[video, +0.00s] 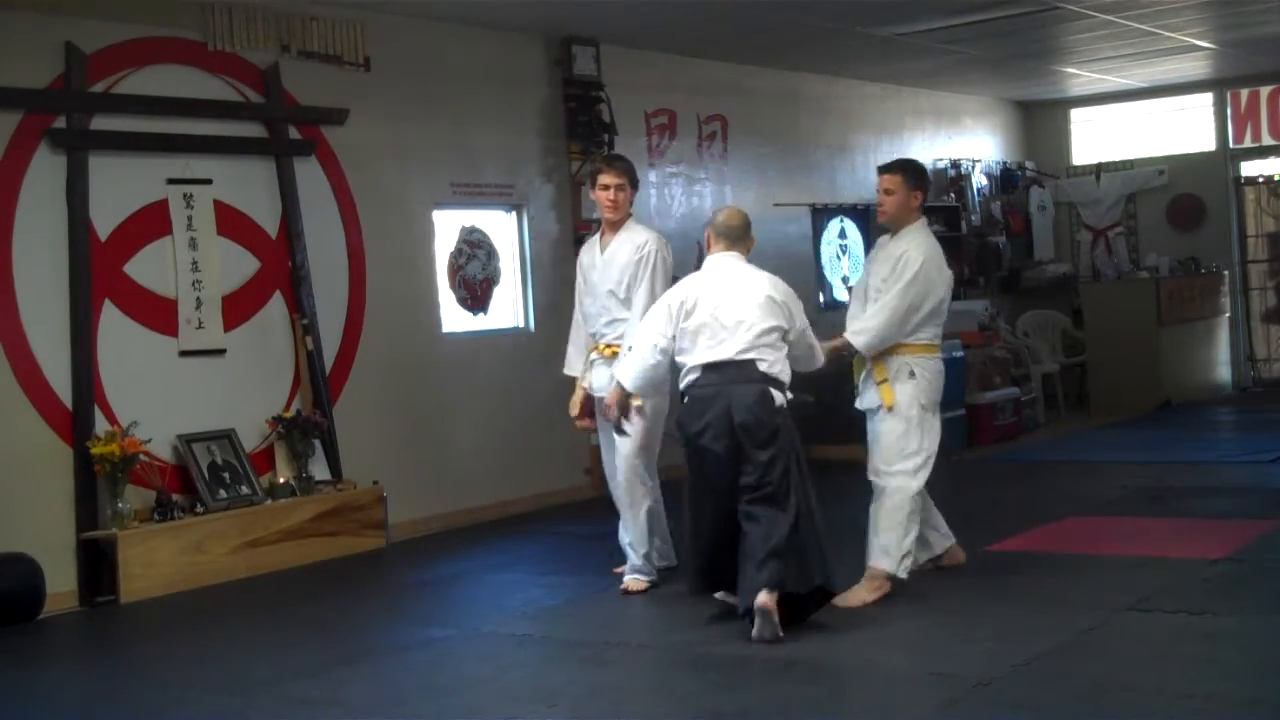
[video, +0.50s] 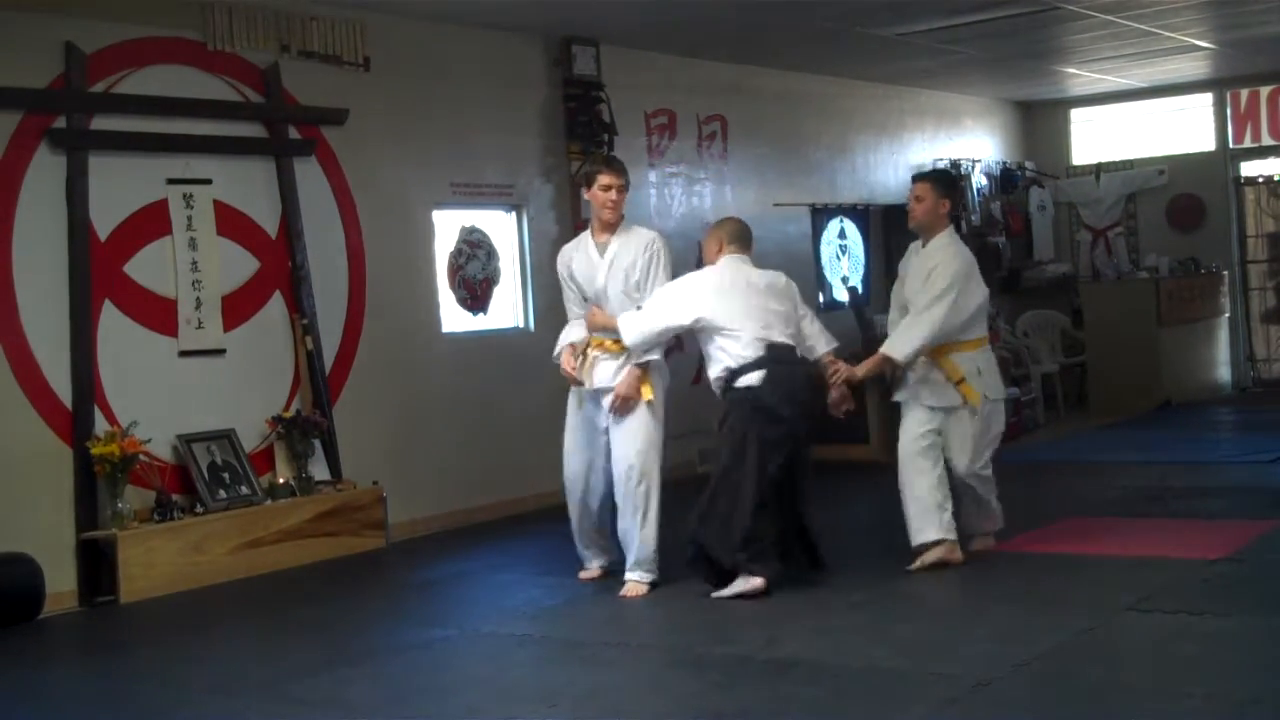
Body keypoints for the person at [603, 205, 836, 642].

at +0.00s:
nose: (706, 245)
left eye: (705, 239)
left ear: (707, 241)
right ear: (751, 244)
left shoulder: (682, 291)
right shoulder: (774, 288)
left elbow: (648, 349)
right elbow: (808, 359)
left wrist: (622, 391)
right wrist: (827, 350)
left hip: (701, 394)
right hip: (761, 393)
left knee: (713, 495)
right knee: (766, 497)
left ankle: (726, 589)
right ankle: (765, 590)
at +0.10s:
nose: (700, 247)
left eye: (698, 242)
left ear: (701, 243)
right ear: (743, 244)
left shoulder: (679, 288)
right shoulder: (768, 283)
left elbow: (640, 338)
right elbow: (816, 353)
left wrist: (617, 386)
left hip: (707, 386)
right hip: (762, 384)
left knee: (716, 489)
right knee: (774, 487)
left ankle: (731, 584)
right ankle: (778, 562)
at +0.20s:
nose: (695, 246)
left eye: (695, 241)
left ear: (699, 242)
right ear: (739, 245)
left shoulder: (678, 287)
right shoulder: (768, 280)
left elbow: (628, 328)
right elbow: (823, 335)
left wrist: (584, 339)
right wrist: (848, 375)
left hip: (716, 379)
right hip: (770, 378)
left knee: (720, 484)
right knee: (783, 483)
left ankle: (728, 582)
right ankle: (781, 564)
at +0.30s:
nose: (696, 246)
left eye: (697, 241)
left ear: (702, 242)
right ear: (741, 244)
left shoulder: (686, 284)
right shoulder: (771, 275)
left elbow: (628, 316)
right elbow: (822, 321)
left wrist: (585, 316)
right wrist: (853, 370)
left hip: (728, 380)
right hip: (779, 379)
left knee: (730, 482)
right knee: (788, 477)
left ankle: (734, 582)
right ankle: (793, 567)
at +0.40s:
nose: (702, 251)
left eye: (703, 246)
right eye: (705, 247)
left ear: (710, 245)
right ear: (746, 247)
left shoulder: (691, 283)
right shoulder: (778, 277)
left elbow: (623, 318)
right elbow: (822, 323)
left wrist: (591, 315)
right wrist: (847, 369)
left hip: (738, 375)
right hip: (788, 374)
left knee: (735, 477)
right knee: (786, 472)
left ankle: (739, 574)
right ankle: (790, 561)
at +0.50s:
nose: (704, 253)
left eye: (706, 246)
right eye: (706, 246)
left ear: (717, 247)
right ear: (748, 249)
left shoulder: (703, 283)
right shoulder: (780, 282)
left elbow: (637, 327)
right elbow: (819, 340)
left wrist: (606, 321)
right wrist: (837, 380)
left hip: (754, 383)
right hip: (801, 377)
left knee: (742, 477)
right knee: (787, 476)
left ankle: (753, 569)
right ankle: (799, 559)